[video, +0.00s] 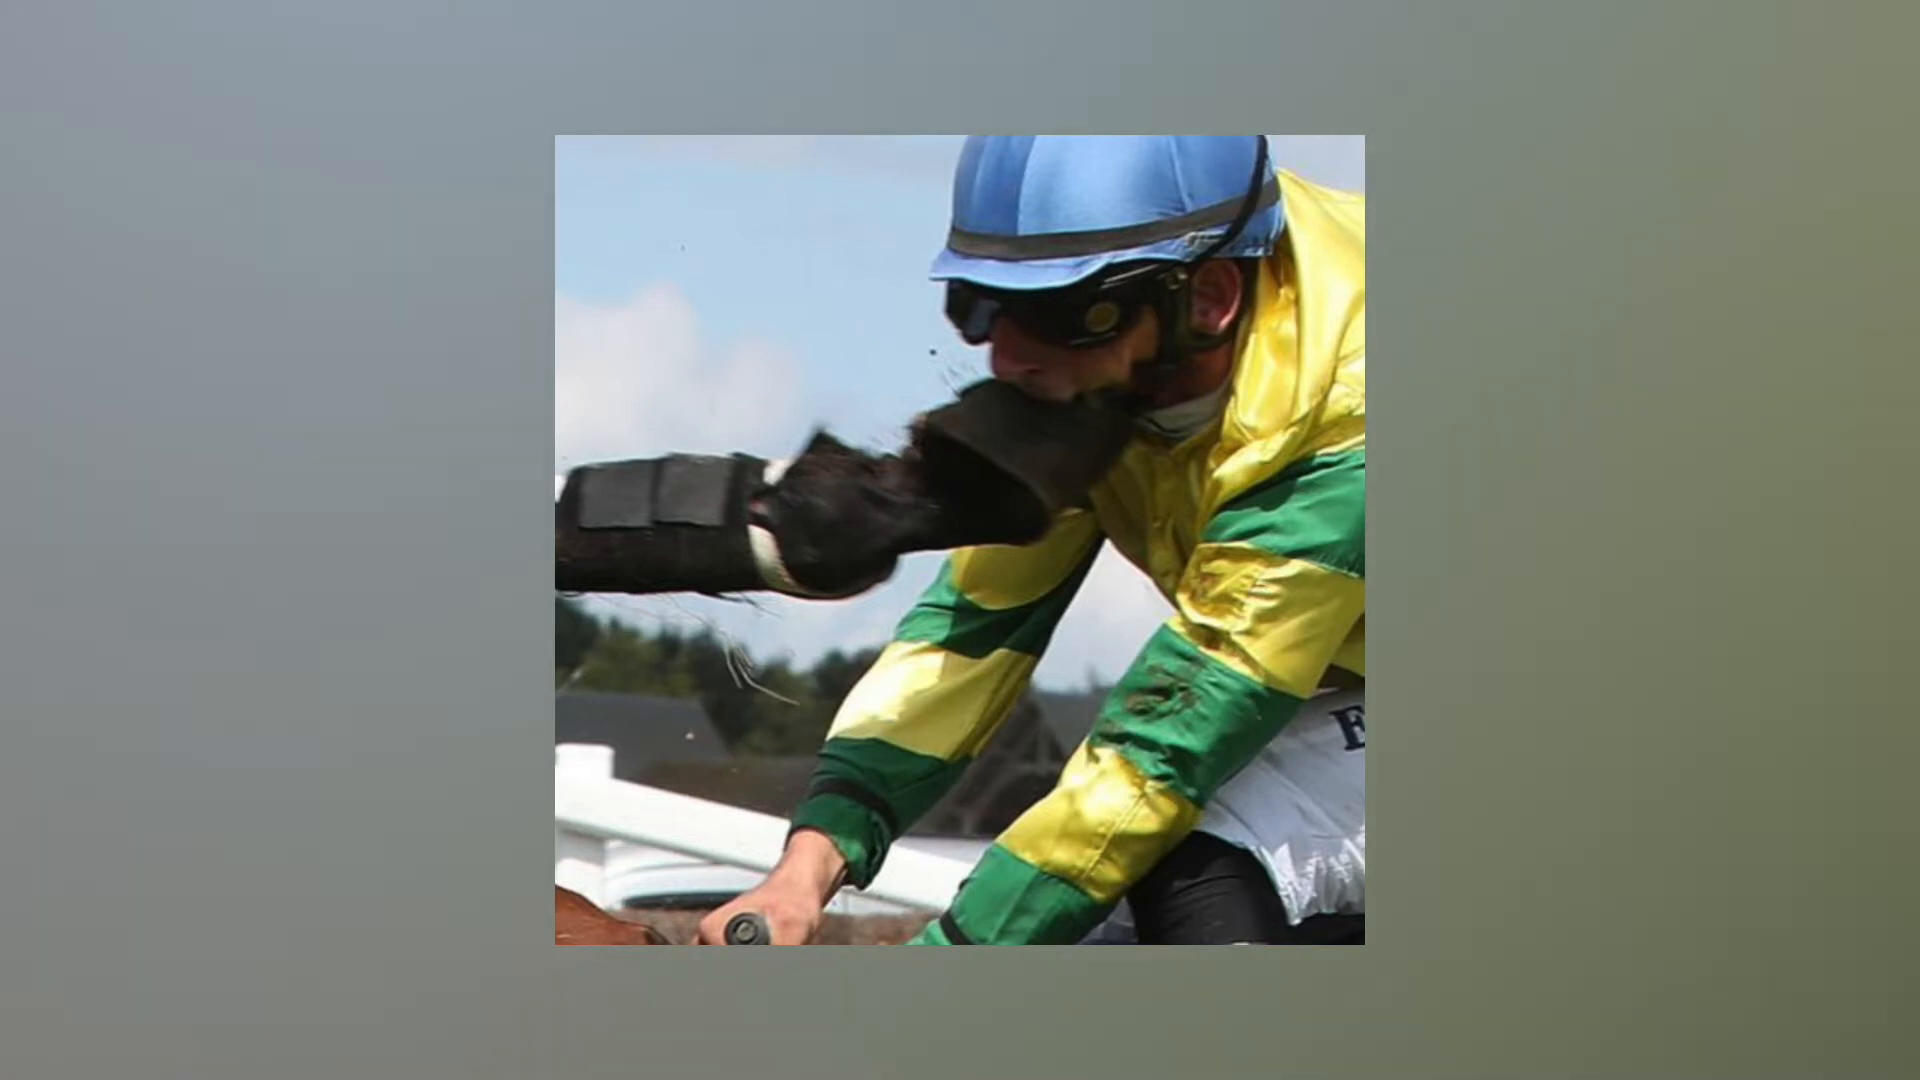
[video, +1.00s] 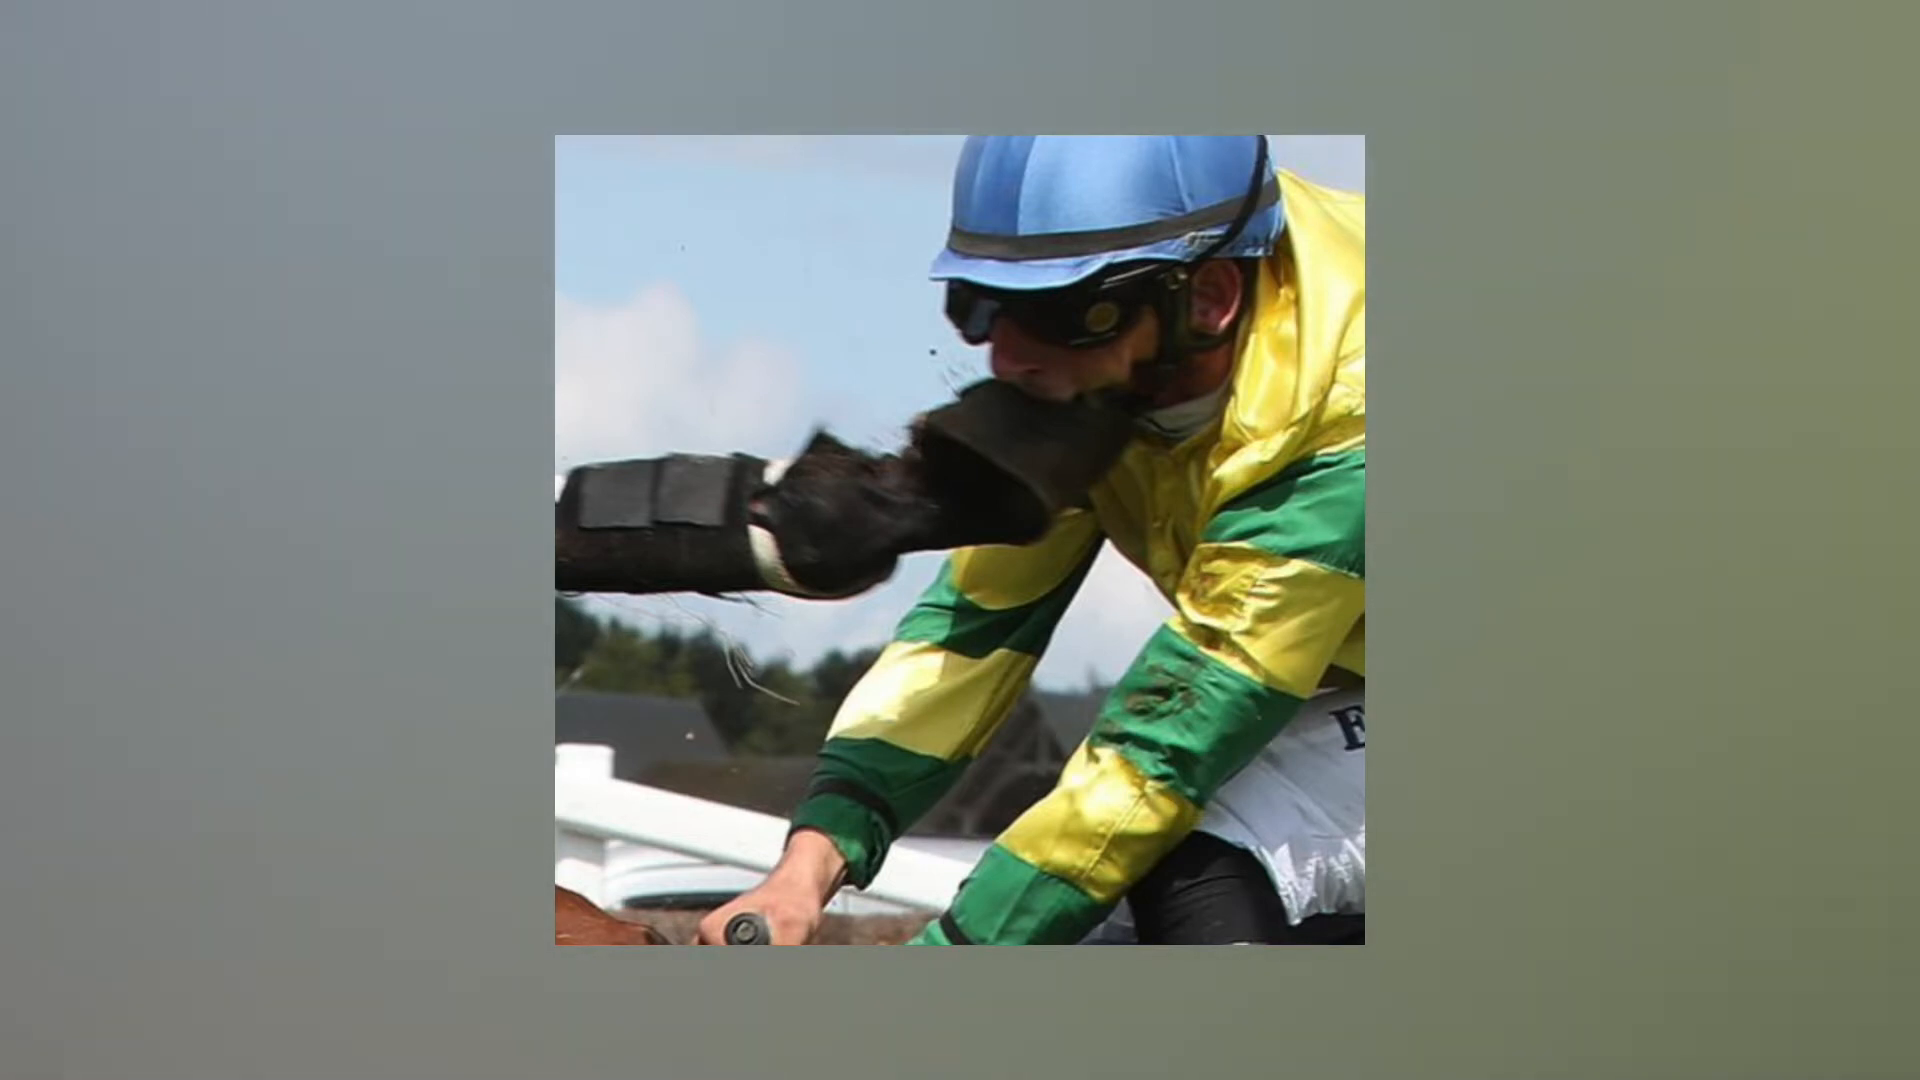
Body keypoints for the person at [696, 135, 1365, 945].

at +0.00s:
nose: (1005, 359)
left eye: (1056, 319)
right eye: (989, 310)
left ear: (1210, 298)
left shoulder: (1341, 428)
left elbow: (1161, 751)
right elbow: (969, 623)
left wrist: (933, 966)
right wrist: (805, 871)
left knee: (1204, 864)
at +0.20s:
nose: (1005, 359)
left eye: (1056, 319)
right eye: (989, 310)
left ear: (1210, 298)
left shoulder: (1341, 430)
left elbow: (1161, 751)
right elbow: (969, 623)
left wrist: (933, 963)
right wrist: (804, 872)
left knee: (1205, 864)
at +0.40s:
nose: (1005, 359)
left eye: (1056, 319)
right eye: (989, 310)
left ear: (1210, 298)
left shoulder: (1341, 429)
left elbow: (1161, 751)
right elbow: (969, 623)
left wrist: (934, 963)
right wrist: (804, 872)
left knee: (1205, 865)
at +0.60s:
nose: (1005, 359)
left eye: (1056, 319)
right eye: (989, 310)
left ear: (1210, 298)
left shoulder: (1341, 430)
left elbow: (1160, 751)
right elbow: (969, 624)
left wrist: (934, 962)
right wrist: (804, 872)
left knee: (1205, 864)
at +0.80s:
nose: (1005, 359)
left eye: (1056, 319)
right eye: (989, 310)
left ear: (1210, 298)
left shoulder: (1341, 429)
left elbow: (1161, 751)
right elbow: (969, 623)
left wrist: (934, 964)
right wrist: (805, 871)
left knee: (1204, 865)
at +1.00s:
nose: (1005, 359)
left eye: (1056, 319)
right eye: (989, 310)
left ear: (1209, 298)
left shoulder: (1341, 429)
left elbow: (1160, 751)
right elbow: (969, 623)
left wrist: (933, 965)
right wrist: (805, 871)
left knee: (1205, 865)